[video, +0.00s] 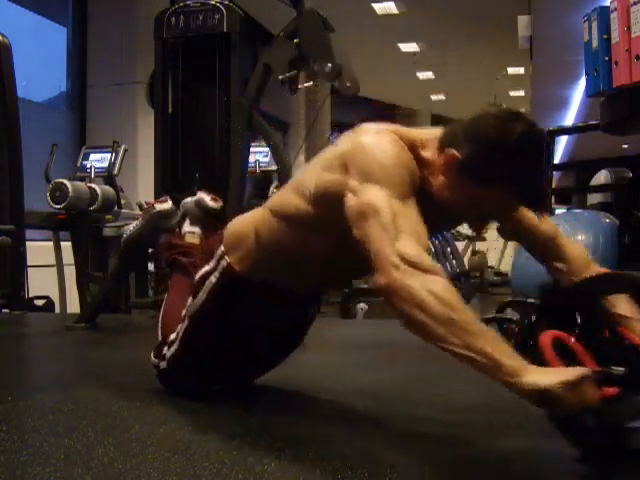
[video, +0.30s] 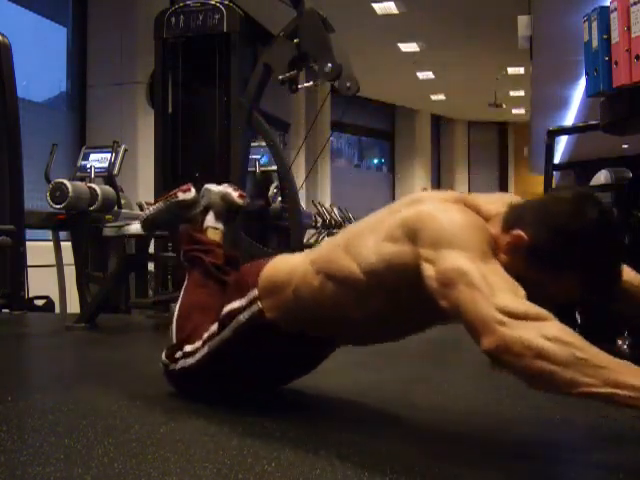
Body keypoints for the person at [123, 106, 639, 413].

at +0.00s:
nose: (475, 220)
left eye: (488, 214)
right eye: (476, 208)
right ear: (452, 167)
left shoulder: (467, 166)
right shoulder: (376, 156)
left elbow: (547, 240)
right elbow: (404, 279)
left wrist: (608, 297)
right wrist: (522, 374)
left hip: (300, 296)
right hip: (244, 283)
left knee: (231, 375)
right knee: (180, 375)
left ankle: (206, 243)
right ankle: (182, 257)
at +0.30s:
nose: (547, 302)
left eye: (562, 295)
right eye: (551, 291)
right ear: (520, 247)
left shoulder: (522, 214)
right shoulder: (447, 229)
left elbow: (617, 284)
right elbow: (515, 336)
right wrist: (636, 386)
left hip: (319, 318)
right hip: (275, 310)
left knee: (244, 375)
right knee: (184, 367)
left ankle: (219, 259)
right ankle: (198, 253)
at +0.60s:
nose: (542, 324)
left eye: (556, 323)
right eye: (546, 315)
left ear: (526, 268)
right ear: (525, 276)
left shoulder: (529, 241)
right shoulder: (458, 255)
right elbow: (520, 358)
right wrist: (638, 396)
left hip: (318, 330)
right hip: (272, 327)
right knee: (185, 364)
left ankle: (238, 233)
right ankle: (212, 240)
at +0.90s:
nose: (510, 248)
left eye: (523, 241)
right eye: (514, 234)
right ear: (488, 191)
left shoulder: (502, 187)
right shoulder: (412, 179)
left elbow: (608, 261)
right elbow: (458, 295)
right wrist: (600, 373)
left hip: (311, 311)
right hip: (258, 300)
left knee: (237, 375)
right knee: (184, 372)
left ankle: (237, 256)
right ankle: (200, 262)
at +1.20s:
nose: (461, 150)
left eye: (470, 135)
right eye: (454, 131)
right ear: (409, 95)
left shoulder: (439, 120)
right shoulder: (337, 106)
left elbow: (502, 216)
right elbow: (336, 226)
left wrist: (548, 312)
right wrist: (422, 343)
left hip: (294, 276)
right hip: (233, 262)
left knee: (228, 379)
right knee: (179, 377)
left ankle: (199, 237)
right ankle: (165, 248)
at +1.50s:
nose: (399, 98)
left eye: (409, 88)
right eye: (394, 82)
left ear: (419, 80)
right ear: (354, 51)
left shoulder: (405, 111)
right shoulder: (283, 86)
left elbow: (431, 206)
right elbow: (254, 208)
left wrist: (448, 308)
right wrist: (302, 330)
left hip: (275, 250)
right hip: (209, 241)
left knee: (229, 378)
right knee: (172, 377)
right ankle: (156, 268)